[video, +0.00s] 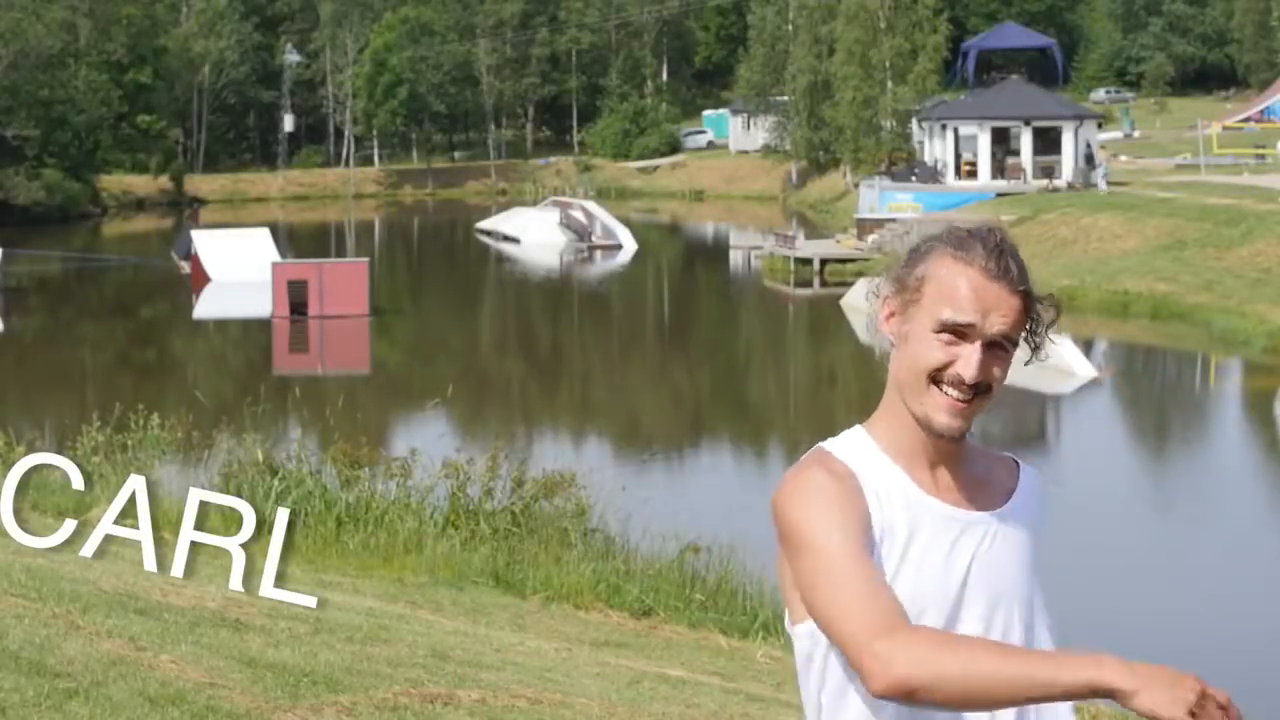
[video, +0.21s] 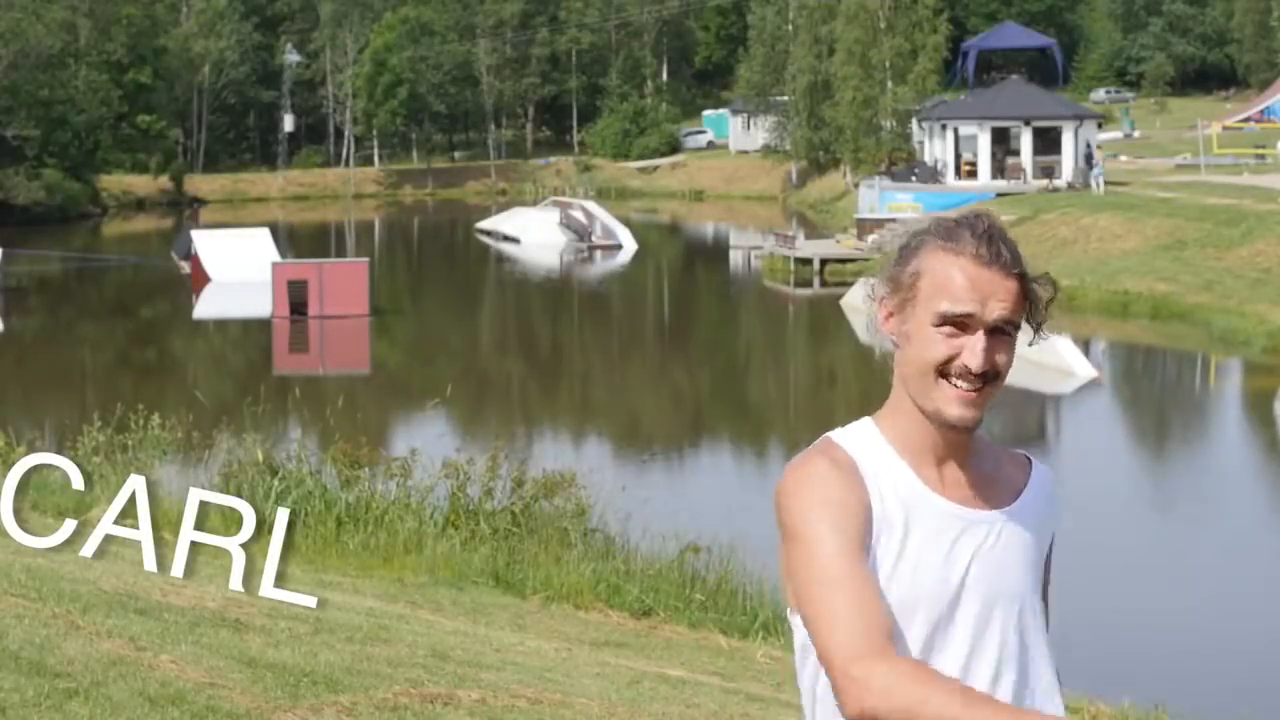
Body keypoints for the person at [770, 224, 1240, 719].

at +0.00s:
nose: (974, 368)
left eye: (999, 346)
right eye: (952, 333)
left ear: (1017, 352)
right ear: (893, 319)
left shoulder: (1021, 487)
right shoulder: (820, 489)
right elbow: (890, 663)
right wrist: (1118, 676)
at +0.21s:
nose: (979, 360)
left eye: (1002, 332)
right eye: (954, 325)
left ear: (1019, 339)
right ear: (891, 317)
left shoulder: (1033, 488)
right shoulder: (825, 480)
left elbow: (1026, 662)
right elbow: (869, 686)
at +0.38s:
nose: (1011, 343)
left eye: (1015, 316)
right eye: (978, 318)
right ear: (892, 331)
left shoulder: (1050, 481)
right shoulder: (817, 487)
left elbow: (1106, 643)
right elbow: (779, 703)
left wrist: (1191, 712)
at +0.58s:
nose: (979, 332)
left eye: (981, 309)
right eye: (955, 307)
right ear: (862, 314)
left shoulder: (1024, 459)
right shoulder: (750, 483)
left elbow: (1194, 528)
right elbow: (644, 658)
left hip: (994, 711)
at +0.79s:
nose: (857, 319)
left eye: (865, 293)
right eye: (828, 295)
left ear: (873, 299)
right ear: (737, 302)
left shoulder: (939, 434)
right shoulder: (676, 472)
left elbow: (1131, 498)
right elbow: (571, 615)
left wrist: (1278, 519)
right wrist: (408, 641)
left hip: (917, 713)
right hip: (745, 715)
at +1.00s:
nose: (737, 321)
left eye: (760, 295)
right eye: (709, 295)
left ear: (788, 303)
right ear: (662, 305)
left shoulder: (874, 443)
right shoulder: (627, 470)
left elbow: (1026, 592)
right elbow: (532, 645)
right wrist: (445, 719)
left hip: (859, 715)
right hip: (697, 715)